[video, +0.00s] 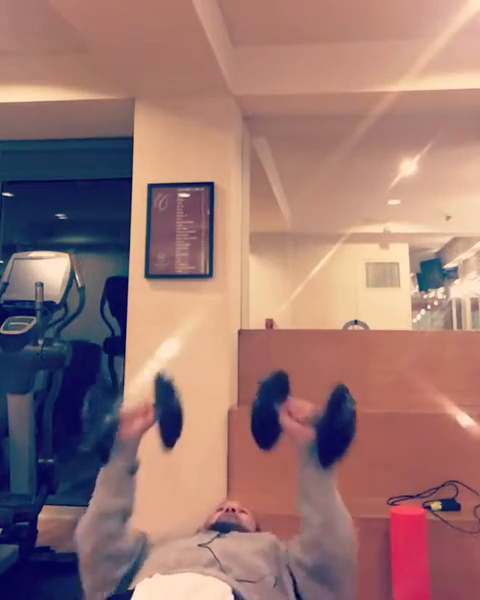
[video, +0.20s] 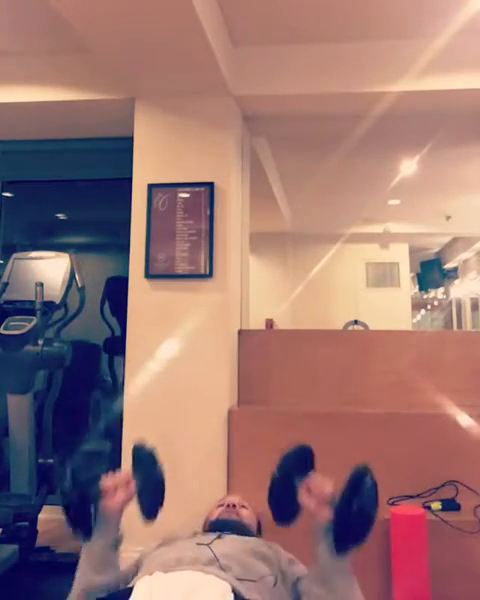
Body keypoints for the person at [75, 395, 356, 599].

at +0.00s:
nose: (230, 509)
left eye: (240, 511)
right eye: (222, 509)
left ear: (258, 529)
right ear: (203, 525)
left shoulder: (284, 558)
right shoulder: (157, 552)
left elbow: (332, 551)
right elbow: (98, 542)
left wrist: (310, 450)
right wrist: (124, 447)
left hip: (227, 590)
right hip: (153, 587)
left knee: (203, 590)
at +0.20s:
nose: (231, 504)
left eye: (243, 506)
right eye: (222, 504)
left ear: (260, 529)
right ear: (204, 524)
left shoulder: (275, 556)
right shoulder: (163, 550)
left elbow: (329, 594)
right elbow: (92, 592)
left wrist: (326, 531)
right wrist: (107, 523)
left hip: (220, 589)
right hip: (151, 588)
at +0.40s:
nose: (233, 500)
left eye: (244, 501)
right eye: (224, 499)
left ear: (259, 522)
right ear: (207, 518)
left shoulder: (271, 551)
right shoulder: (165, 548)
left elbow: (304, 597)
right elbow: (110, 596)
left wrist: (314, 570)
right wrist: (110, 556)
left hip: (218, 588)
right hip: (150, 586)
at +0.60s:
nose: (229, 506)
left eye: (240, 507)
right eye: (220, 505)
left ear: (257, 529)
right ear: (201, 524)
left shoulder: (272, 553)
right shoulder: (160, 549)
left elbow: (334, 596)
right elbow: (81, 591)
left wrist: (320, 518)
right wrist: (113, 495)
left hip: (223, 590)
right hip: (146, 587)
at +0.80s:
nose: (229, 513)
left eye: (240, 516)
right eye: (220, 513)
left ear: (258, 534)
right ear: (203, 528)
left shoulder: (277, 555)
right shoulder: (148, 549)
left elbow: (325, 526)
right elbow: (108, 511)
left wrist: (298, 428)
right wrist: (133, 420)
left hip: (223, 589)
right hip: (153, 587)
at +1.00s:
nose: (230, 514)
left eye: (242, 517)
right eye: (222, 514)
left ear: (258, 531)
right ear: (207, 523)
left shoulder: (281, 565)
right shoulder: (151, 546)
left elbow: (295, 496)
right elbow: (145, 474)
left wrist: (277, 403)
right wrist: (155, 388)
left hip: (223, 589)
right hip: (145, 586)